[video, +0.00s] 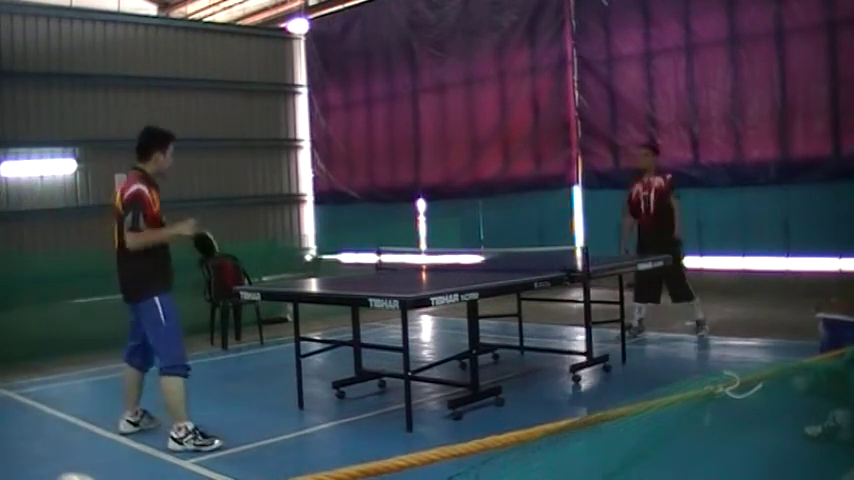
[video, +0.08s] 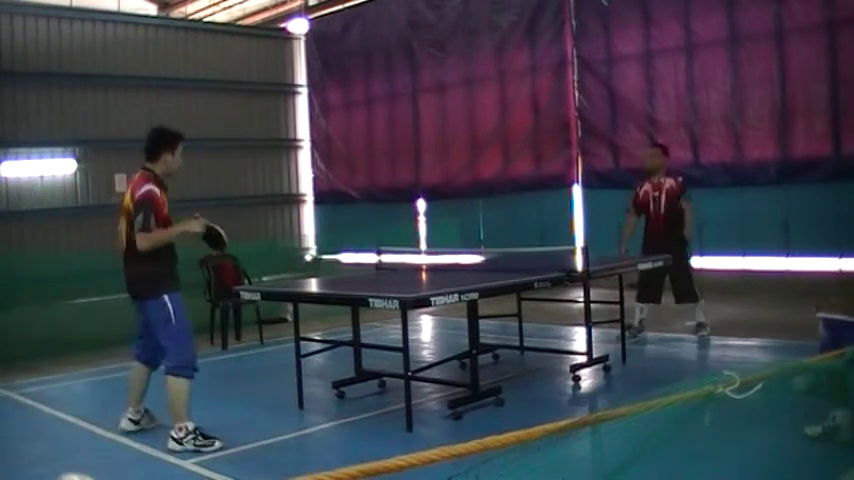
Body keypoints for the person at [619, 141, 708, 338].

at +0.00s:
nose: (642, 160)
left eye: (646, 156)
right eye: (641, 156)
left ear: (654, 159)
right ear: (640, 160)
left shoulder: (665, 182)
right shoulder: (636, 187)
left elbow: (675, 207)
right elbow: (630, 218)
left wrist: (677, 233)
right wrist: (625, 244)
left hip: (666, 240)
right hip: (645, 241)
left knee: (679, 282)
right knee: (642, 283)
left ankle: (699, 318)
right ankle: (637, 322)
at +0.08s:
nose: (650, 160)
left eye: (655, 156)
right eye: (649, 156)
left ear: (664, 160)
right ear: (646, 160)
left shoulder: (676, 184)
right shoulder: (642, 188)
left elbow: (687, 208)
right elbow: (632, 217)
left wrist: (687, 232)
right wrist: (624, 243)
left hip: (675, 242)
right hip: (651, 243)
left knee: (685, 283)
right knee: (646, 284)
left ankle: (700, 320)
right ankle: (638, 323)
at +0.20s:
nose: (666, 161)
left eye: (670, 156)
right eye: (664, 156)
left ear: (679, 160)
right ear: (661, 160)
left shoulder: (691, 185)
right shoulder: (654, 187)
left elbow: (695, 209)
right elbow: (645, 213)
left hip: (686, 242)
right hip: (662, 243)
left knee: (691, 282)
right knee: (654, 280)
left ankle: (701, 320)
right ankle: (641, 320)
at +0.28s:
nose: (677, 160)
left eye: (681, 156)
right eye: (674, 156)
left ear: (688, 159)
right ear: (670, 159)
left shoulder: (699, 186)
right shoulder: (661, 185)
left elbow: (706, 216)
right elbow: (649, 215)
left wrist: (707, 242)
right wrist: (639, 241)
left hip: (691, 245)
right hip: (667, 244)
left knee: (696, 283)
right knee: (659, 281)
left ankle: (701, 320)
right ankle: (647, 317)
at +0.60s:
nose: (694, 158)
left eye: (699, 154)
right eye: (691, 154)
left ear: (706, 158)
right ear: (687, 156)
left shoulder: (715, 185)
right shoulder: (674, 183)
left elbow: (721, 215)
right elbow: (667, 213)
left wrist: (713, 238)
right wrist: (670, 239)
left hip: (702, 241)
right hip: (680, 240)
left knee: (701, 279)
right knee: (677, 278)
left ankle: (702, 321)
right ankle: (677, 320)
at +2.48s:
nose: (690, 162)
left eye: (694, 158)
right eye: (688, 158)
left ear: (702, 159)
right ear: (685, 160)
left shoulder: (715, 185)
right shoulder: (680, 185)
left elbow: (719, 215)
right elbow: (674, 214)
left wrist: (698, 224)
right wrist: (667, 236)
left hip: (705, 242)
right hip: (682, 241)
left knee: (702, 281)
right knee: (675, 280)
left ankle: (703, 320)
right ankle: (676, 319)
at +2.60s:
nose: (687, 164)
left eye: (690, 160)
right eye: (684, 160)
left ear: (699, 160)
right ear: (682, 162)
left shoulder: (713, 184)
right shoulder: (678, 185)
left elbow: (716, 212)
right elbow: (672, 212)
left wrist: (692, 214)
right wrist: (669, 226)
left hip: (704, 244)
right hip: (681, 243)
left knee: (703, 282)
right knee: (673, 280)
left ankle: (703, 321)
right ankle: (672, 319)